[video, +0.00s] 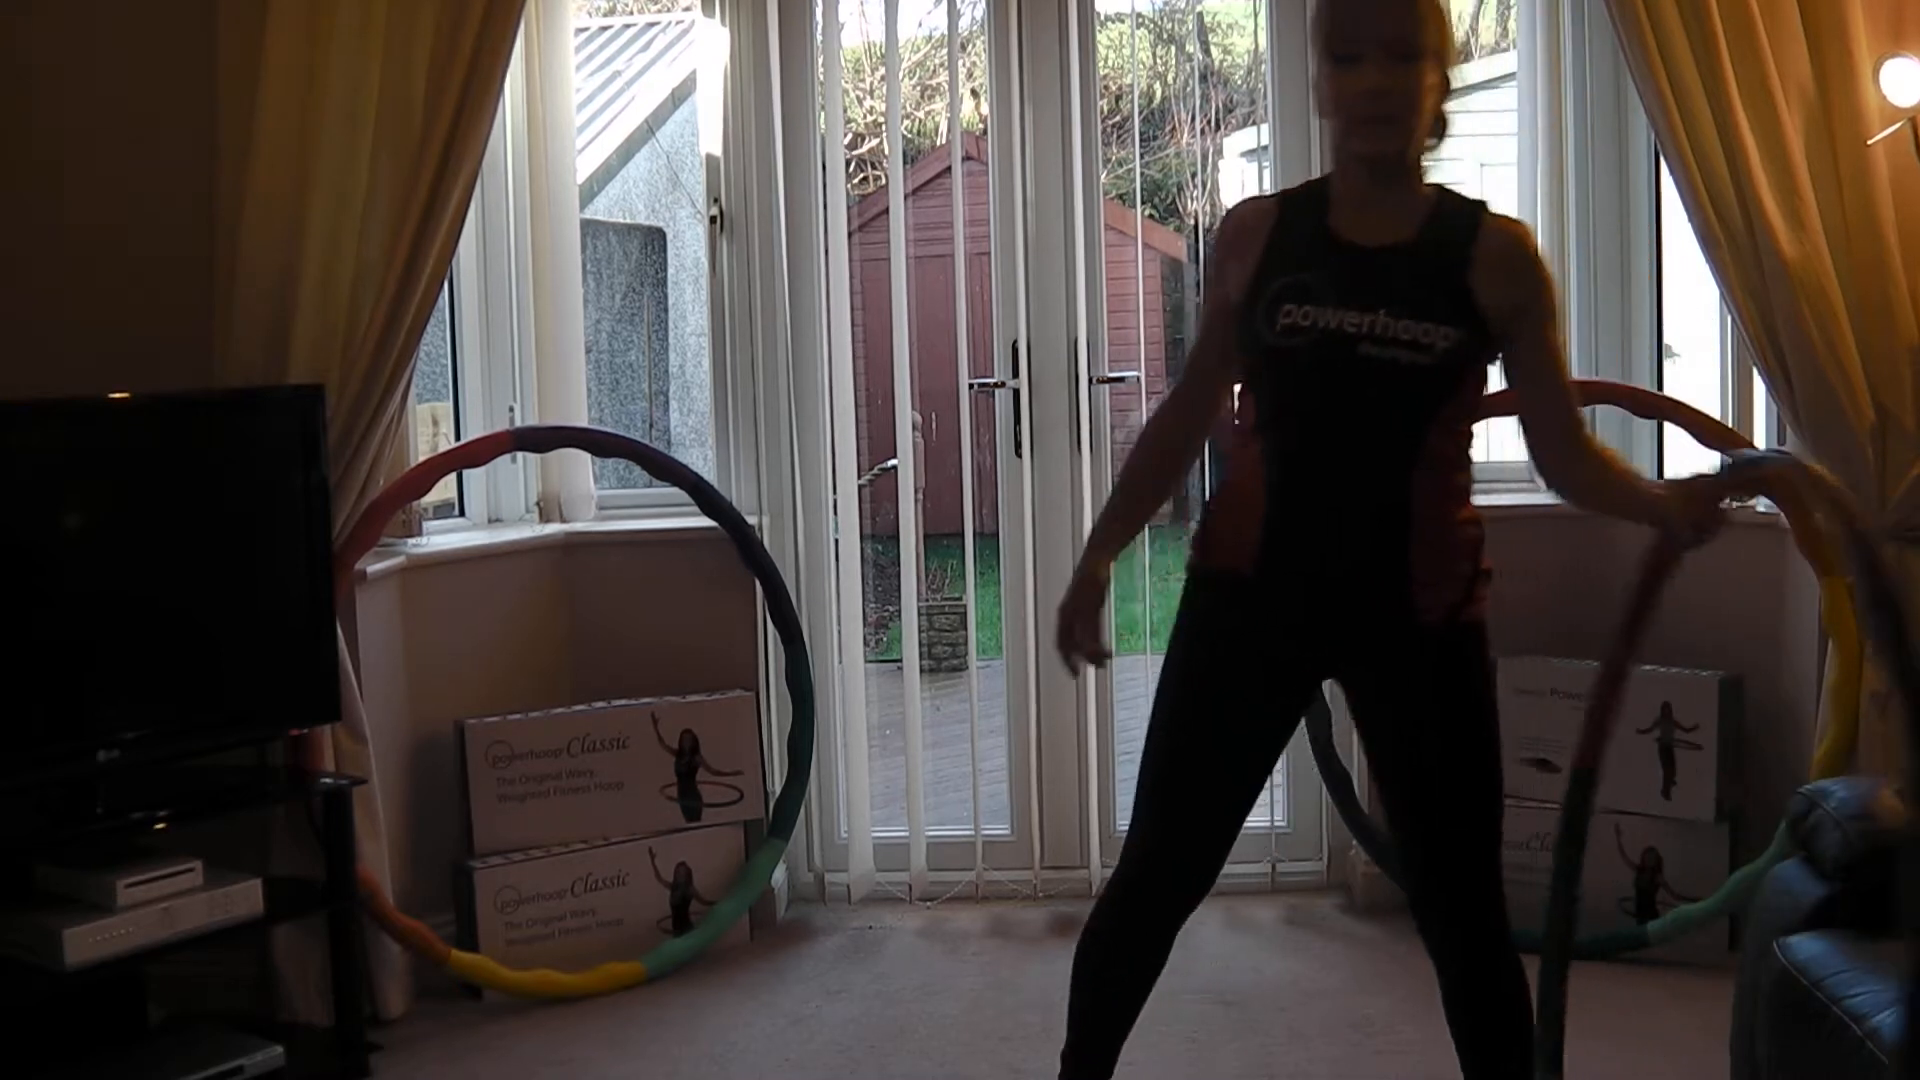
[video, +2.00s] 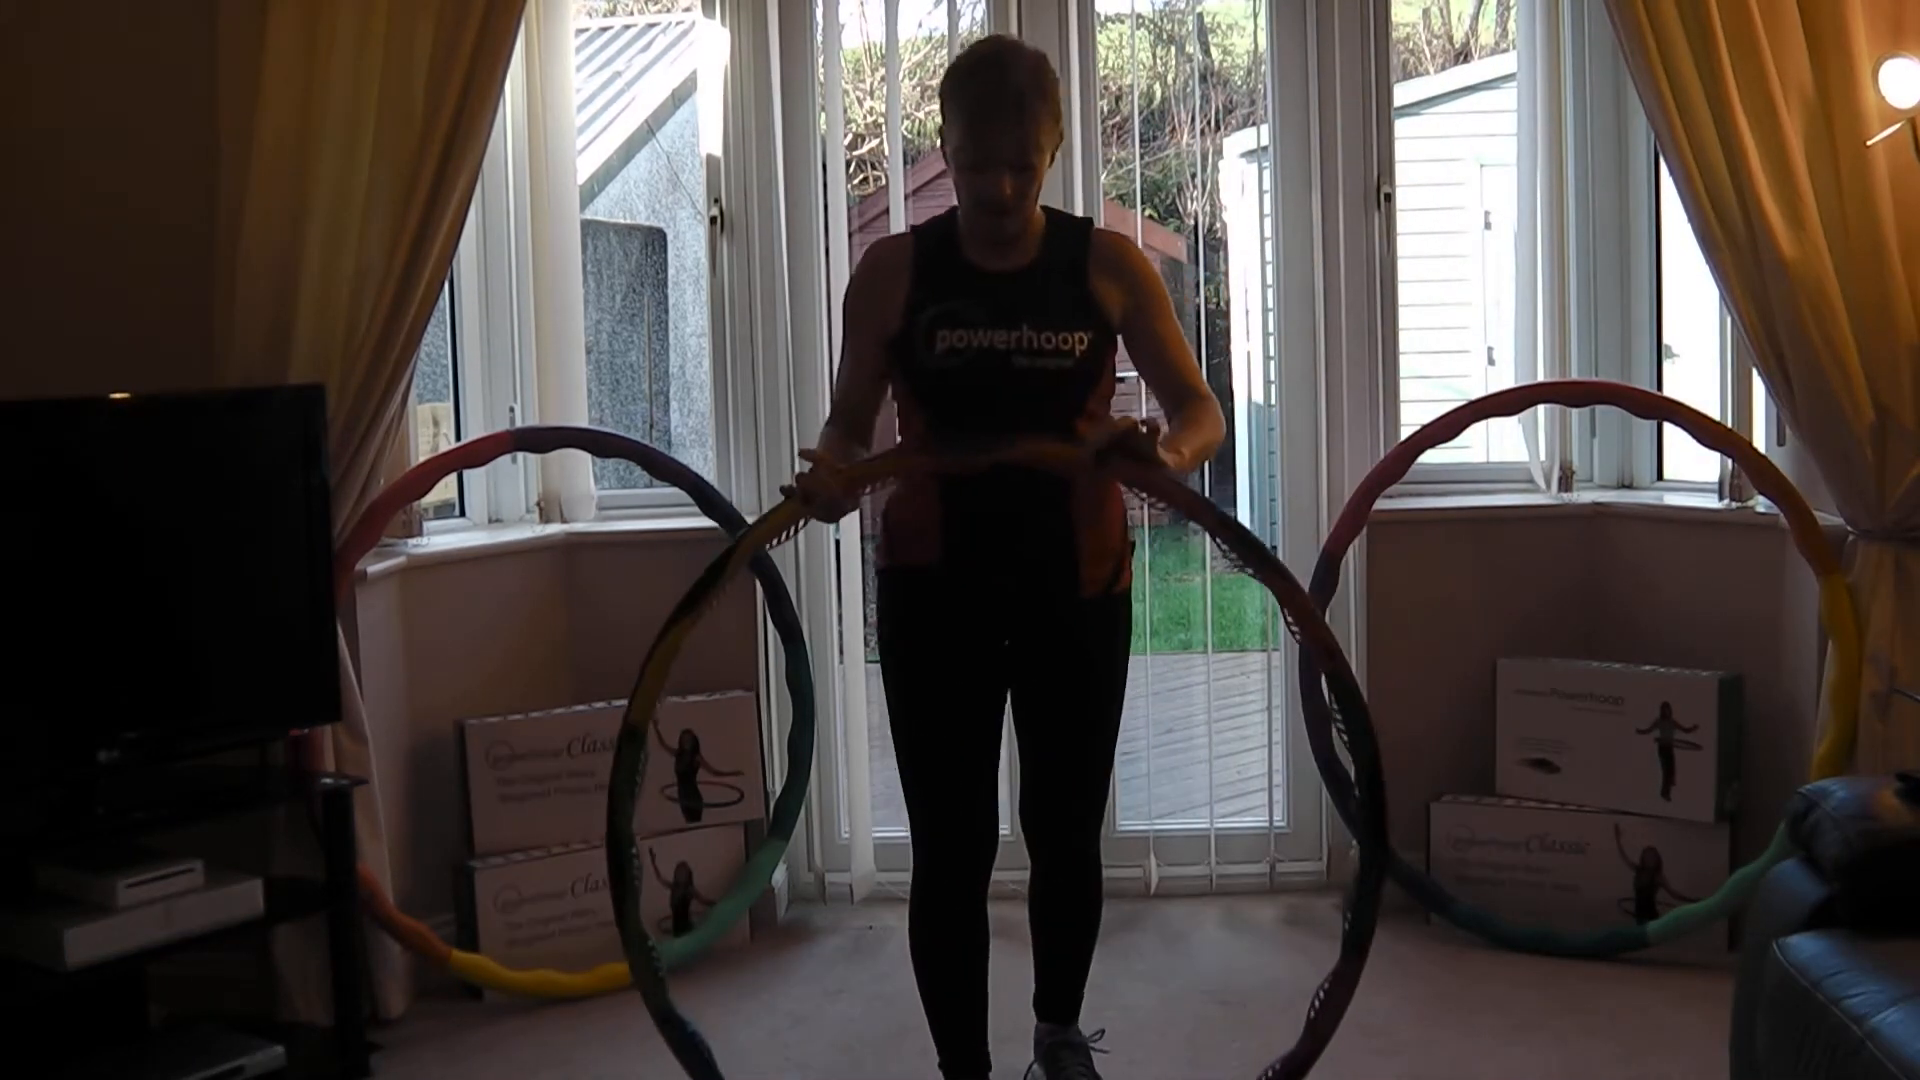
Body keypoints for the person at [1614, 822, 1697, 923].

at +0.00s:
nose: (1648, 860)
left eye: (1651, 857)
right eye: (1646, 857)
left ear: (1656, 860)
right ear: (1642, 858)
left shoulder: (1658, 877)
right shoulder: (1639, 871)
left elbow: (1673, 896)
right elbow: (1624, 856)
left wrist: (1694, 900)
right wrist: (1618, 838)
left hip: (1651, 913)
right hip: (1639, 911)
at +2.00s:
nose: (1648, 860)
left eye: (1652, 857)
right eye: (1646, 856)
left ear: (1657, 859)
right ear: (1642, 858)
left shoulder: (1657, 876)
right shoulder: (1639, 871)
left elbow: (1673, 894)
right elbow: (1623, 857)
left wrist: (1693, 901)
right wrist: (1618, 839)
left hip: (1651, 913)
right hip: (1638, 912)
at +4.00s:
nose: (1648, 860)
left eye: (1651, 857)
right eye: (1646, 856)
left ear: (1657, 860)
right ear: (1642, 858)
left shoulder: (1657, 877)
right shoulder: (1639, 870)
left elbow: (1674, 894)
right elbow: (1623, 857)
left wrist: (1693, 901)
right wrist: (1618, 838)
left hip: (1651, 912)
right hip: (1639, 911)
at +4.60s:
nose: (1649, 861)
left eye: (1652, 857)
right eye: (1647, 857)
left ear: (1657, 860)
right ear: (1642, 859)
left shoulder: (1658, 876)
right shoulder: (1638, 871)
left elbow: (1673, 894)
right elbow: (1622, 856)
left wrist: (1693, 901)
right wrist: (1618, 837)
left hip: (1651, 912)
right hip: (1639, 911)